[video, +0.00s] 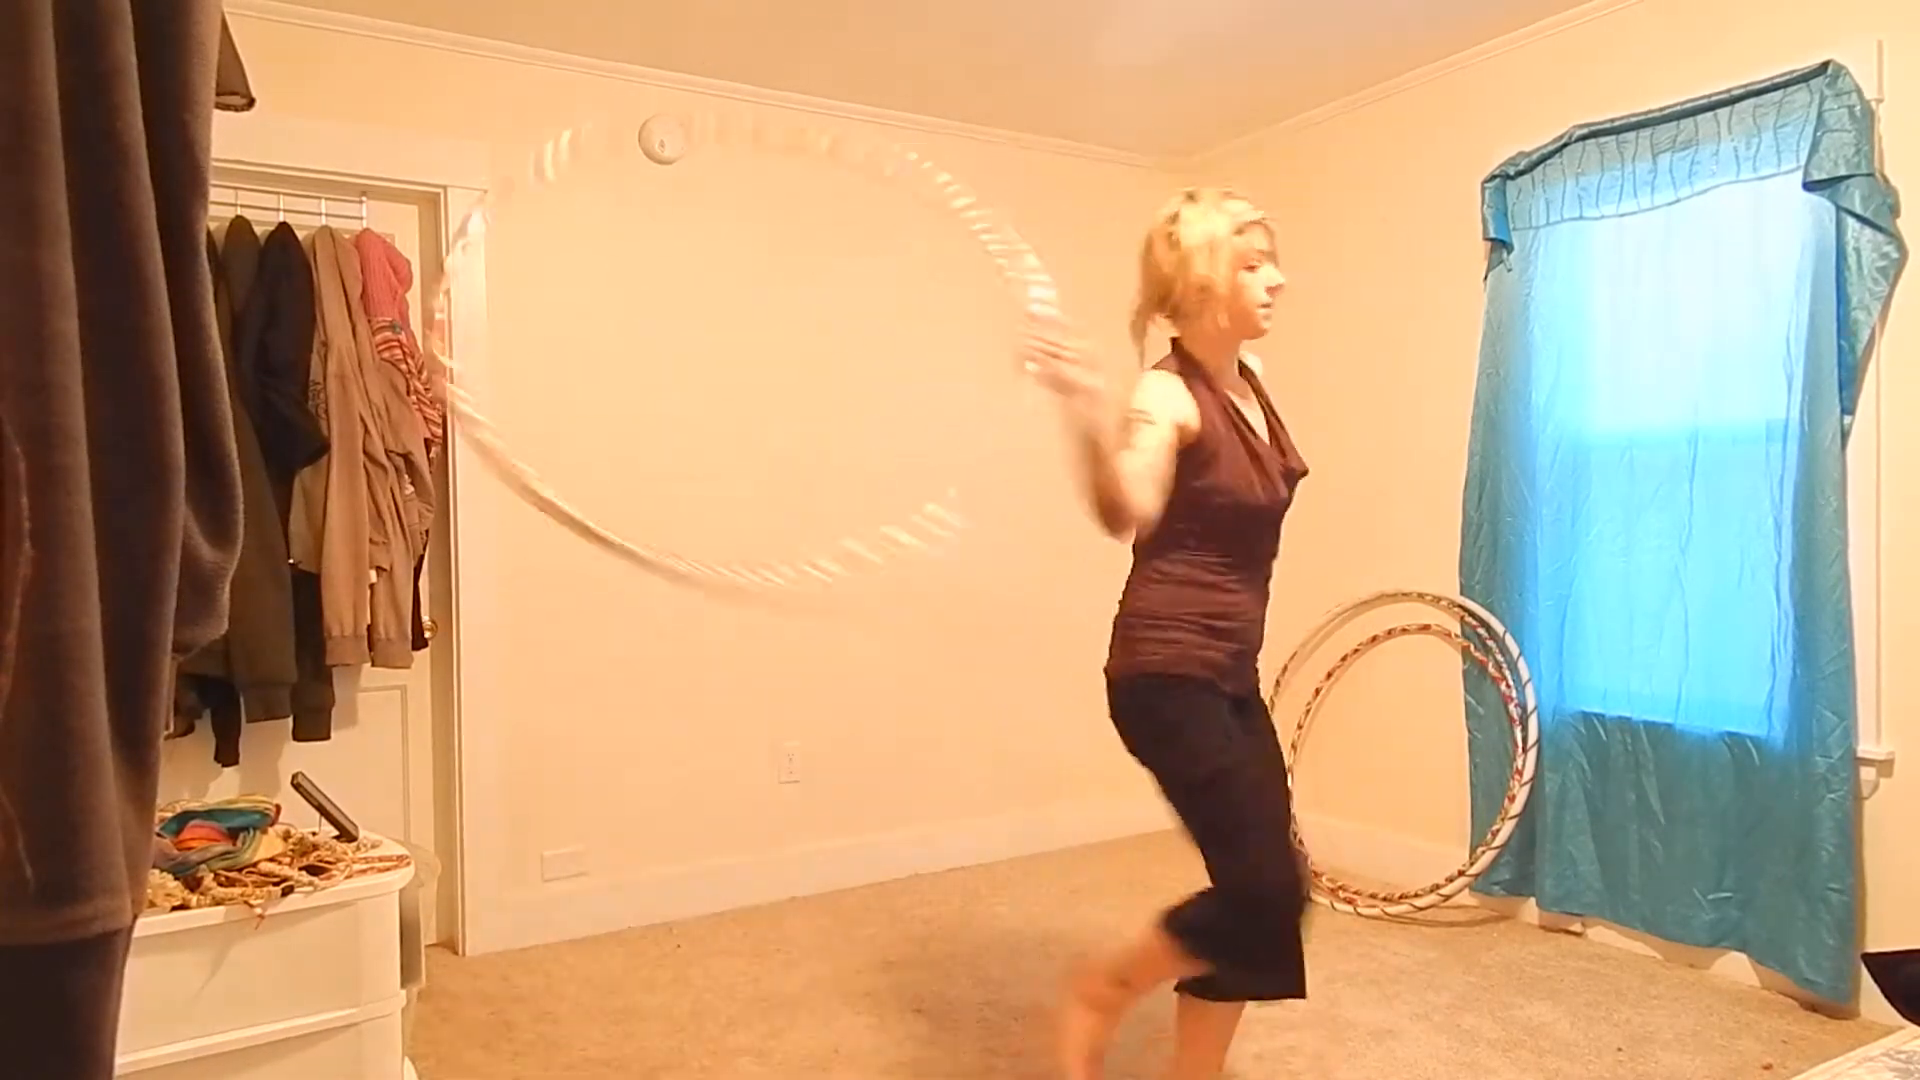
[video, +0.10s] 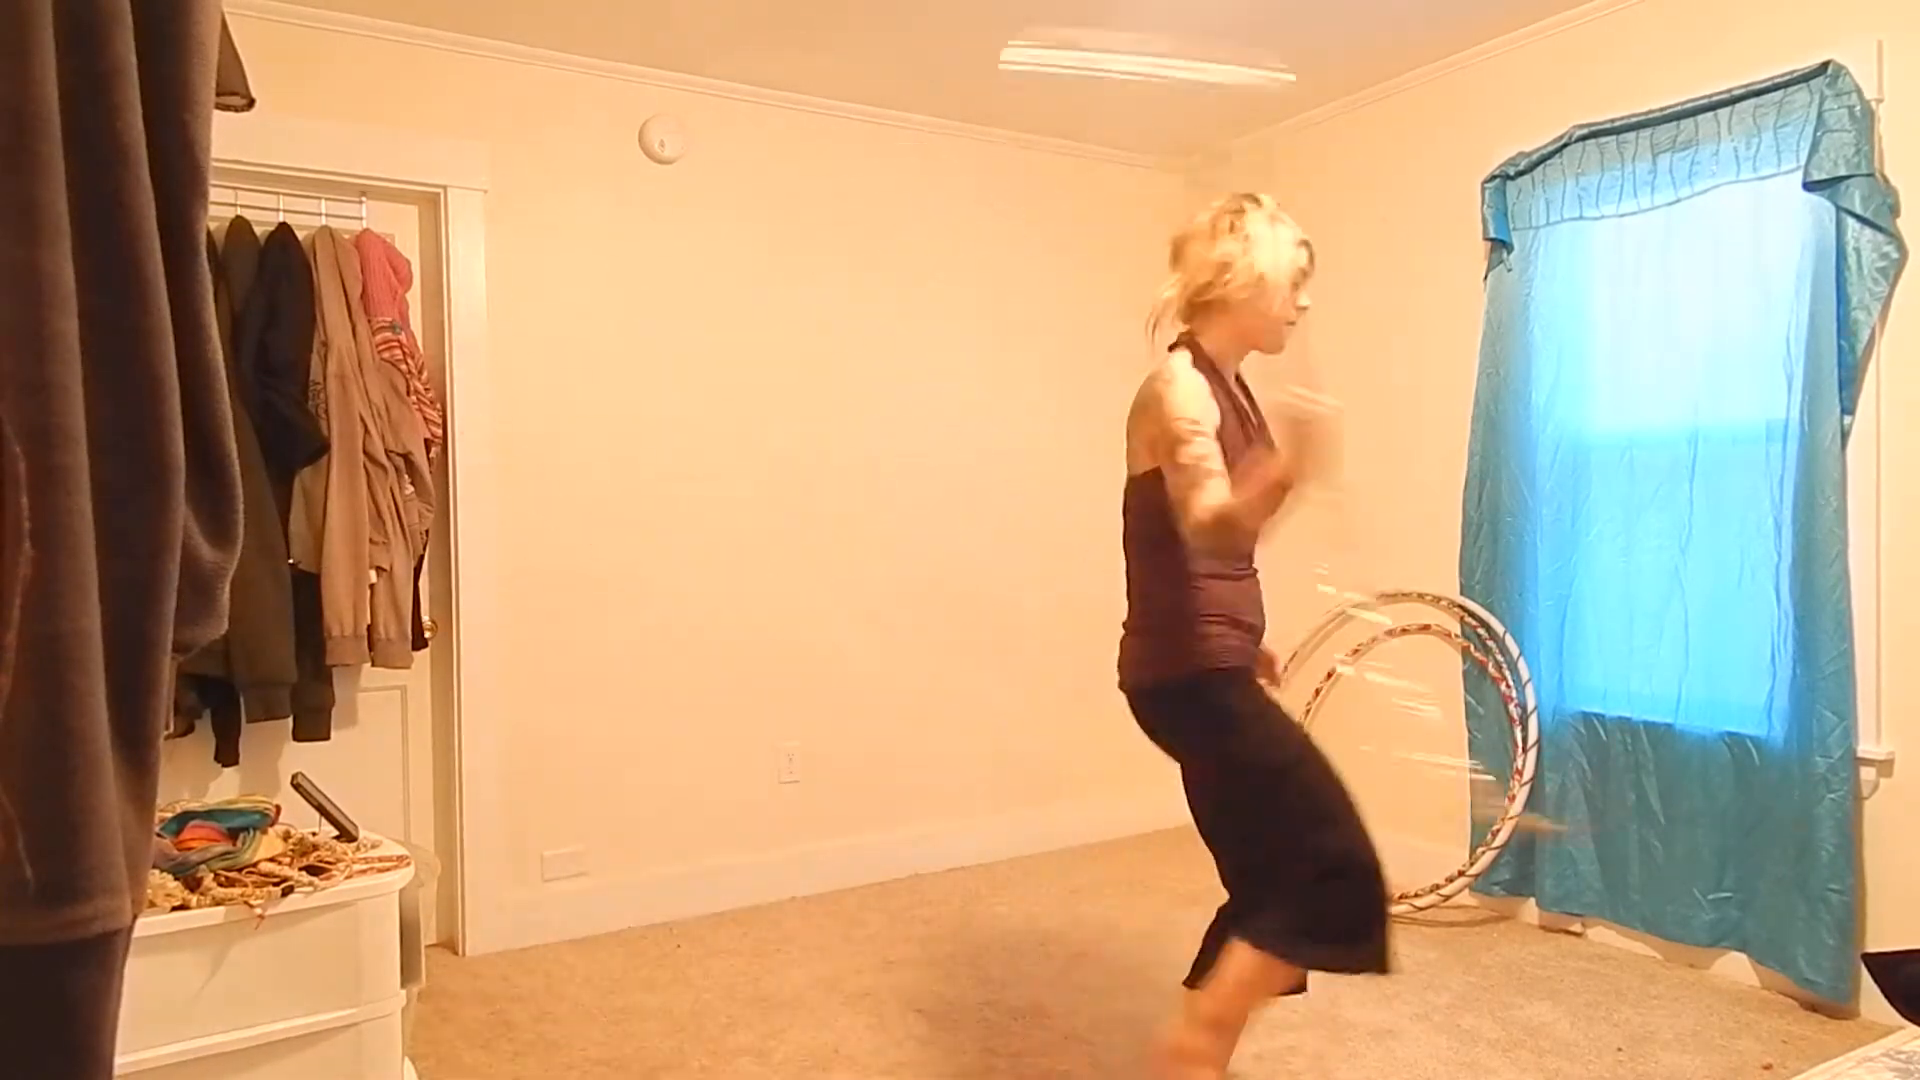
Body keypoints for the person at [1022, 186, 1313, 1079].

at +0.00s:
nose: (1274, 281)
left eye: (1273, 265)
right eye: (1256, 264)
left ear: (1239, 283)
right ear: (1199, 277)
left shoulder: (1245, 383)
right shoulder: (1165, 390)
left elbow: (1235, 517)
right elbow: (1124, 512)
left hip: (1230, 670)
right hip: (1165, 671)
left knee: (1267, 885)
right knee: (1261, 883)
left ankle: (1196, 1066)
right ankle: (1100, 989)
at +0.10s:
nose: (1303, 305)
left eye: (1304, 285)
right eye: (1293, 282)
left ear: (1233, 285)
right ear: (1239, 279)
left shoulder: (1223, 389)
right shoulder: (1178, 383)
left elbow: (1209, 548)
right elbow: (1205, 525)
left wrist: (1247, 644)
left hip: (1213, 668)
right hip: (1189, 672)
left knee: (1269, 878)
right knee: (1328, 863)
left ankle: (1198, 1051)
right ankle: (1195, 1047)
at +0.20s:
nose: (1295, 326)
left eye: (1297, 306)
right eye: (1292, 303)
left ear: (1222, 292)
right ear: (1251, 290)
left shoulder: (1166, 380)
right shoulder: (1212, 375)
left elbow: (1195, 549)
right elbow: (1247, 536)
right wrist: (1391, 500)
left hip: (1176, 675)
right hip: (1229, 673)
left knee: (1250, 886)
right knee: (1353, 861)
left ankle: (1194, 1069)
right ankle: (1304, 1067)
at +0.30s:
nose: (1277, 302)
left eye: (1277, 284)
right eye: (1274, 284)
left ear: (1183, 286)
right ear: (1250, 282)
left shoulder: (1140, 379)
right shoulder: (1259, 358)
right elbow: (1283, 527)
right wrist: (1370, 505)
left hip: (1169, 682)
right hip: (1265, 677)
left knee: (1225, 887)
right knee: (1320, 880)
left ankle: (1189, 1070)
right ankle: (1325, 1069)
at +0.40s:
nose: (1267, 283)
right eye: (1258, 267)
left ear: (1158, 286)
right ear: (1248, 274)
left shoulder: (1131, 380)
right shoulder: (1300, 356)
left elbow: (1132, 540)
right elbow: (1335, 517)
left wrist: (1210, 488)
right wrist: (1326, 439)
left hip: (1177, 675)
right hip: (1288, 669)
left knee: (1208, 876)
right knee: (1292, 868)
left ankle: (1188, 1067)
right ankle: (1300, 1057)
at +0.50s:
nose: (1131, 308)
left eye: (1132, 295)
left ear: (1146, 294)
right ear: (1236, 276)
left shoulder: (1141, 375)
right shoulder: (1315, 366)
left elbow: (1136, 526)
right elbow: (1352, 518)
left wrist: (1175, 463)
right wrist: (1283, 459)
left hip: (1189, 669)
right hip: (1299, 667)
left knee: (1206, 861)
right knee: (1286, 853)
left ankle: (1210, 1066)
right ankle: (1283, 1051)